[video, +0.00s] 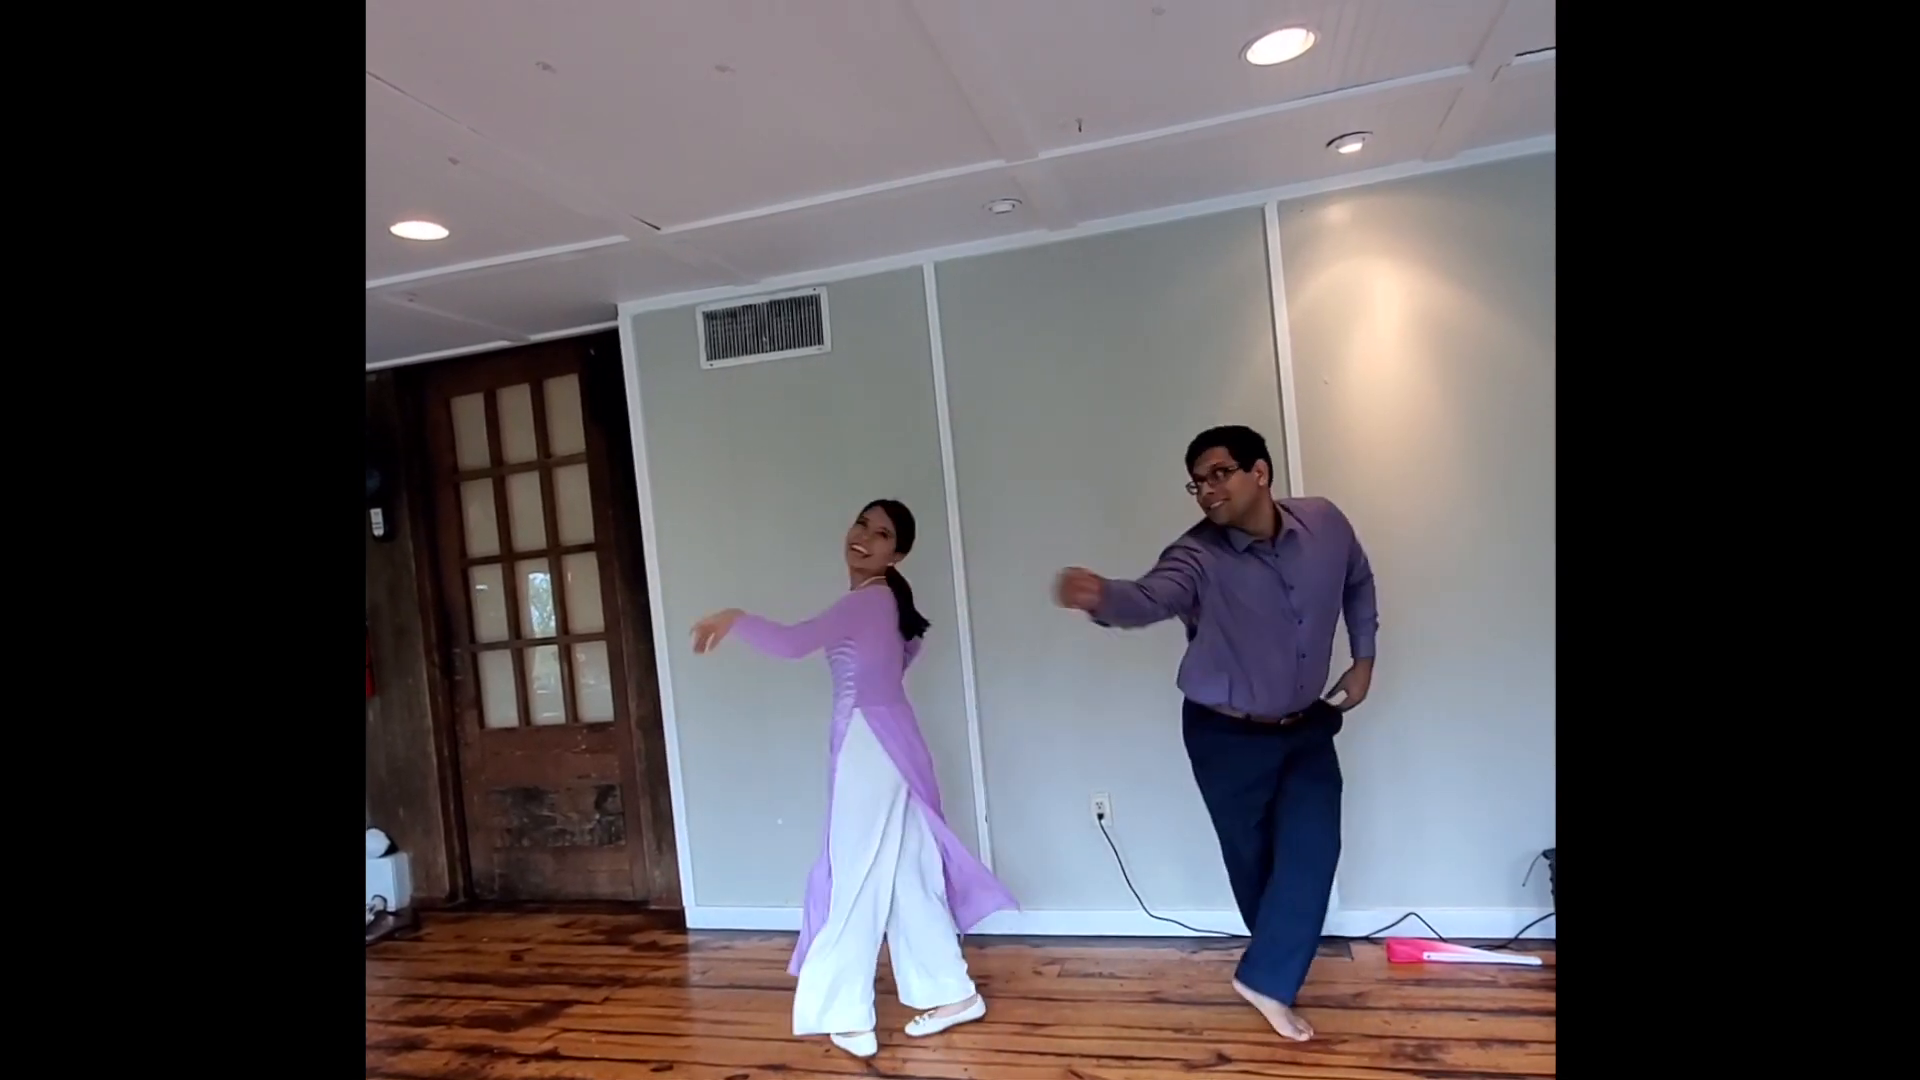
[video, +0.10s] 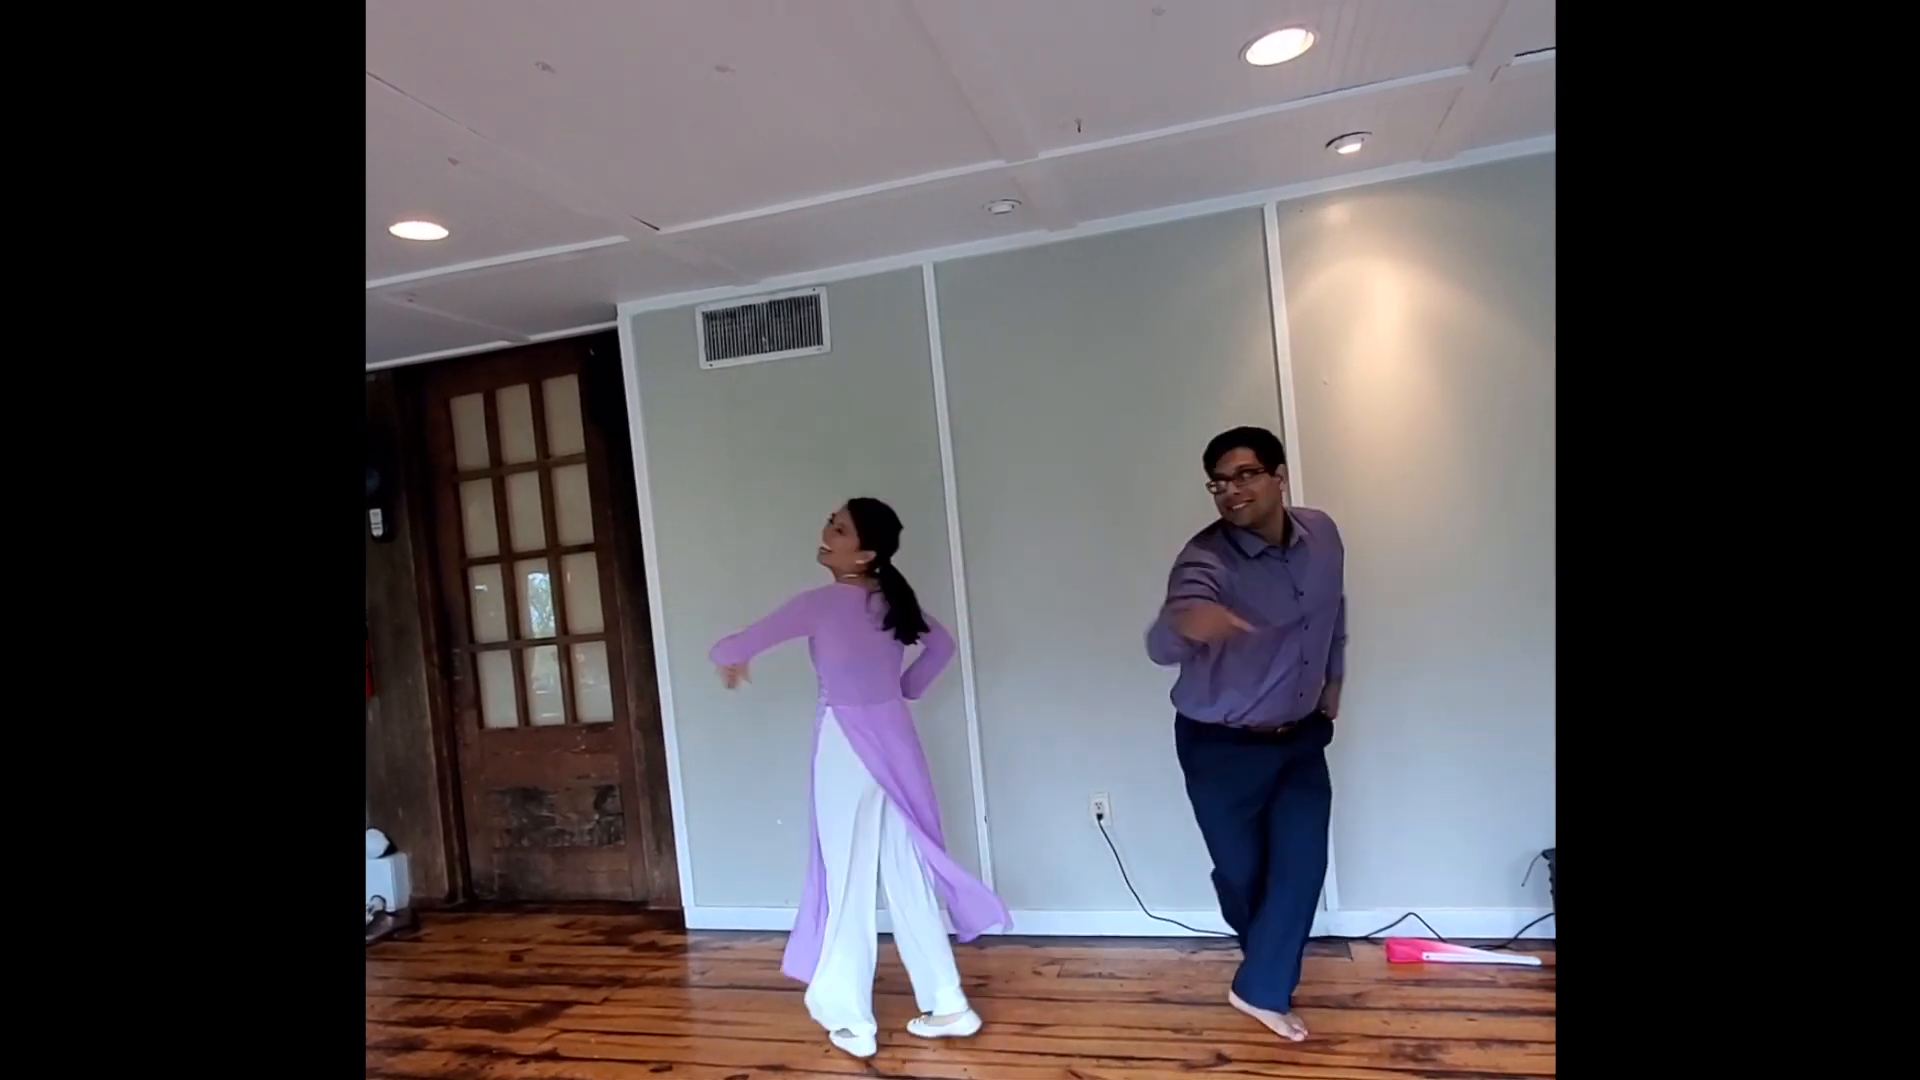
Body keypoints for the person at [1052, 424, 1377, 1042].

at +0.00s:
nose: (1206, 491)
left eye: (1217, 476)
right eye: (1197, 484)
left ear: (1260, 473)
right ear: (1197, 494)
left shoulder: (1322, 521)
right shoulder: (1199, 555)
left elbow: (1356, 581)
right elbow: (1152, 596)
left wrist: (1364, 658)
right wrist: (1103, 597)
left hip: (1305, 725)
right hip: (1226, 732)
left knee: (1313, 850)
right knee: (1252, 859)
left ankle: (1268, 979)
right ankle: (1281, 962)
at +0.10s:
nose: (1230, 491)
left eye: (1243, 476)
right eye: (1219, 482)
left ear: (1278, 479)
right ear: (1213, 492)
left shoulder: (1319, 533)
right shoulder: (1206, 558)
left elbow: (1333, 615)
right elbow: (1162, 644)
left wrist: (1331, 688)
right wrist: (1189, 624)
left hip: (1298, 735)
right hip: (1220, 743)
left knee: (1302, 866)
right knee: (1239, 873)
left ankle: (1261, 991)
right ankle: (1266, 959)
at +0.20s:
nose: (1264, 484)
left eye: (1274, 469)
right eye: (1246, 477)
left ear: (1290, 476)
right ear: (1225, 491)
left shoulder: (1301, 542)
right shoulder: (1218, 567)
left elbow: (1294, 629)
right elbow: (1208, 657)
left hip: (1290, 728)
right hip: (1222, 737)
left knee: (1296, 871)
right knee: (1263, 872)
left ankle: (1259, 994)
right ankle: (1218, 938)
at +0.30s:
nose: (1298, 466)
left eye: (1299, 455)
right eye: (1281, 460)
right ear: (1240, 480)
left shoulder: (1255, 527)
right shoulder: (1249, 553)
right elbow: (1259, 651)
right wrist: (1349, 693)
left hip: (1265, 720)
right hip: (1231, 729)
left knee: (1289, 857)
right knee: (1317, 862)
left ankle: (1261, 993)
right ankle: (1216, 949)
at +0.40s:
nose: (1309, 449)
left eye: (1304, 438)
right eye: (1297, 441)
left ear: (1247, 458)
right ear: (1265, 456)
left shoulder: (1203, 521)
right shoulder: (1287, 529)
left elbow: (1188, 602)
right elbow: (1299, 626)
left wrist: (1241, 652)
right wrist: (1349, 676)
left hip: (1203, 717)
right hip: (1259, 720)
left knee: (1269, 846)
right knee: (1337, 849)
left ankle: (1254, 978)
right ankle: (1262, 984)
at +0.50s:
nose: (1297, 450)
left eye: (1292, 440)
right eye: (1295, 442)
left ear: (1224, 448)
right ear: (1287, 450)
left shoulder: (1177, 520)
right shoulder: (1309, 513)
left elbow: (1157, 606)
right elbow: (1340, 608)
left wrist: (1188, 669)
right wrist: (1358, 671)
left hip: (1199, 718)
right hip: (1280, 717)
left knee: (1256, 840)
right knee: (1312, 856)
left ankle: (1250, 989)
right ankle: (1329, 1018)